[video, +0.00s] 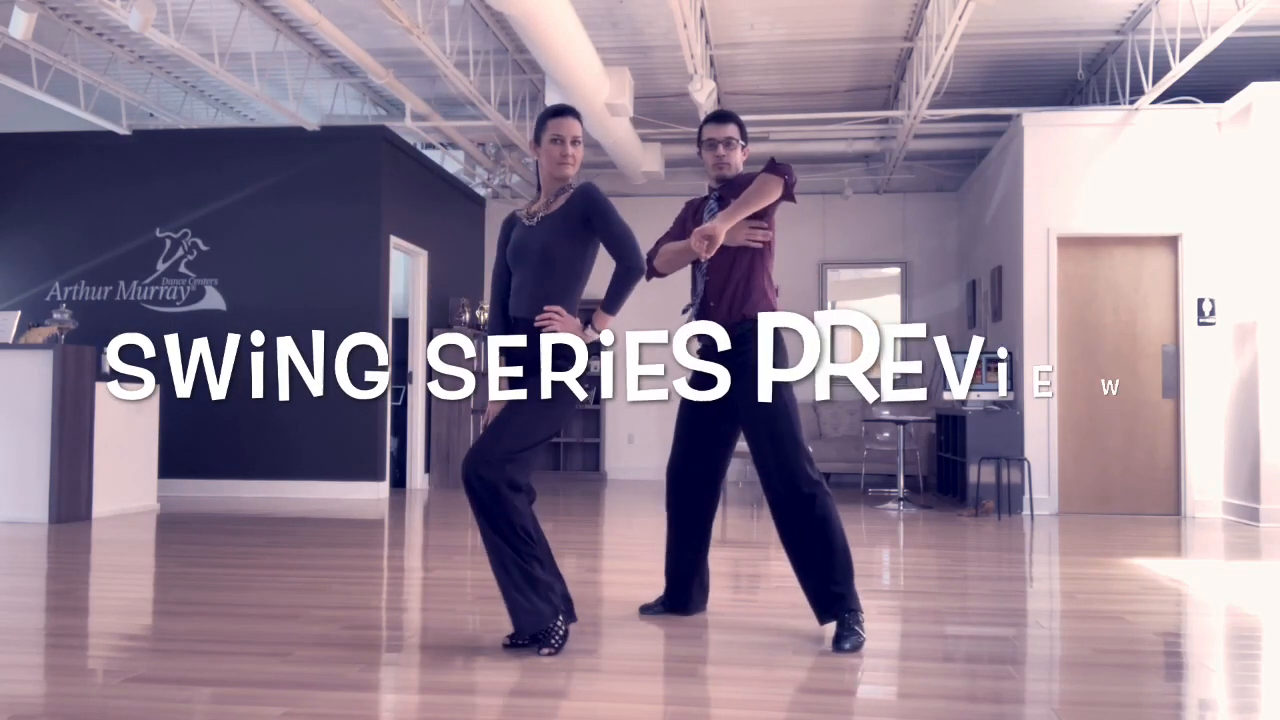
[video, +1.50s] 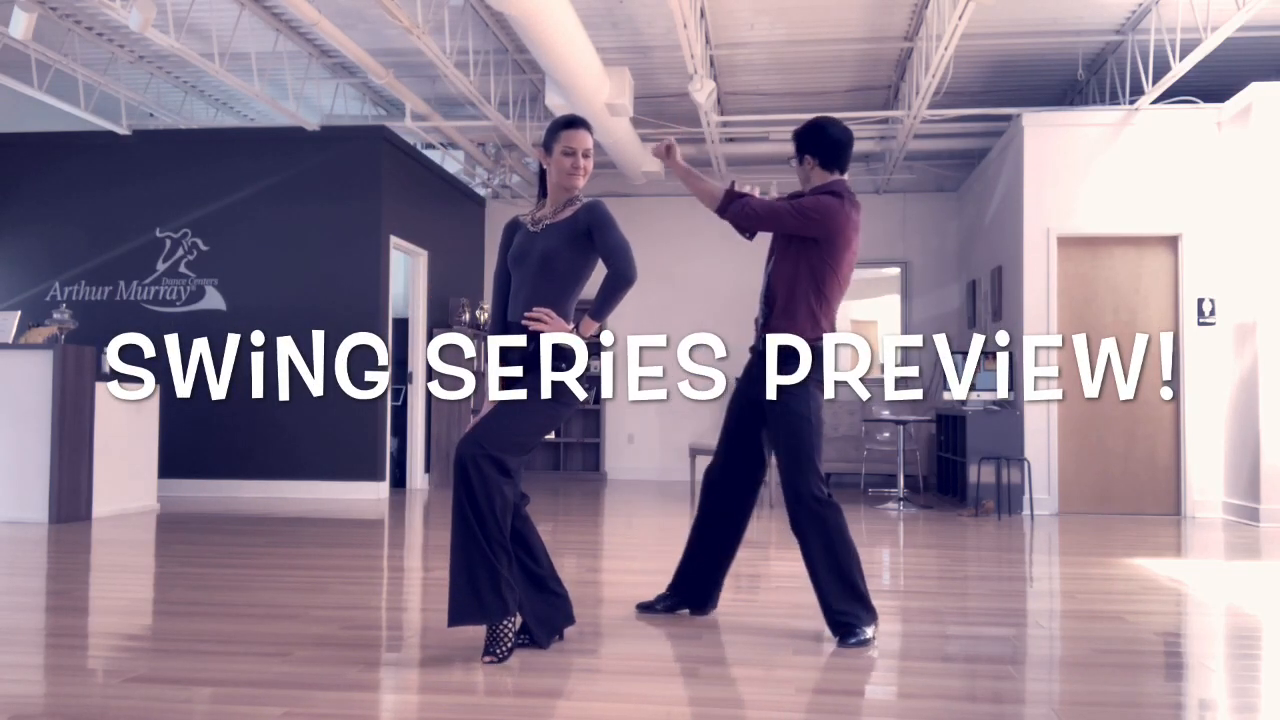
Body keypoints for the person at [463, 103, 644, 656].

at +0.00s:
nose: (568, 151)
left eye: (576, 142)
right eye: (557, 141)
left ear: (584, 151)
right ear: (536, 149)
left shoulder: (587, 201)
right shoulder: (516, 222)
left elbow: (633, 262)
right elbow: (500, 304)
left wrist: (592, 328)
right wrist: (496, 384)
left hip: (561, 366)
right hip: (519, 367)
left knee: (484, 468)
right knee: (498, 480)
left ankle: (549, 609)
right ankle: (538, 614)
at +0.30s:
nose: (574, 159)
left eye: (582, 150)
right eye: (563, 149)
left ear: (591, 159)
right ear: (541, 157)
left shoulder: (589, 208)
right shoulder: (519, 225)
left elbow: (627, 266)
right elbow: (504, 301)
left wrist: (586, 328)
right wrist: (496, 359)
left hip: (559, 368)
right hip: (518, 367)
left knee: (475, 448)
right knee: (501, 483)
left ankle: (506, 601)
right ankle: (546, 607)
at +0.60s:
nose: (575, 163)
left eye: (583, 155)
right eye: (565, 153)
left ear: (591, 164)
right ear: (543, 158)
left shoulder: (589, 211)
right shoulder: (518, 228)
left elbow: (623, 266)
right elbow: (503, 302)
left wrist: (584, 325)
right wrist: (498, 359)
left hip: (559, 369)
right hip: (517, 369)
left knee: (475, 450)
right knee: (500, 487)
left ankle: (501, 603)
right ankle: (546, 609)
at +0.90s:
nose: (579, 164)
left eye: (587, 157)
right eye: (569, 154)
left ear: (593, 166)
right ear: (543, 158)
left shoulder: (590, 213)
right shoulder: (518, 229)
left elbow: (622, 270)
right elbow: (502, 304)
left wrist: (583, 327)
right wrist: (498, 360)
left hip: (560, 371)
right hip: (517, 371)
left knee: (474, 452)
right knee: (499, 487)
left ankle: (502, 605)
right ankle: (547, 609)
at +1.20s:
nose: (581, 165)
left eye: (589, 158)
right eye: (571, 155)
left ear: (595, 166)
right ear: (544, 159)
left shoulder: (593, 214)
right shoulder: (518, 229)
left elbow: (625, 271)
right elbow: (501, 305)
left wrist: (584, 329)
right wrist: (498, 362)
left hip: (561, 371)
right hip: (518, 370)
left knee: (475, 452)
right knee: (497, 486)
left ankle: (503, 605)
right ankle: (546, 608)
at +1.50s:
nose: (578, 163)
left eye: (586, 155)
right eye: (568, 153)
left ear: (593, 164)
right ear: (543, 158)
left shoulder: (591, 214)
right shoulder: (517, 227)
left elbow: (623, 271)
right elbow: (500, 311)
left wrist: (584, 326)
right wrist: (490, 387)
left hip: (558, 371)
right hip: (515, 371)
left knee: (476, 451)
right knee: (496, 485)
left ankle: (503, 605)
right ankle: (546, 608)